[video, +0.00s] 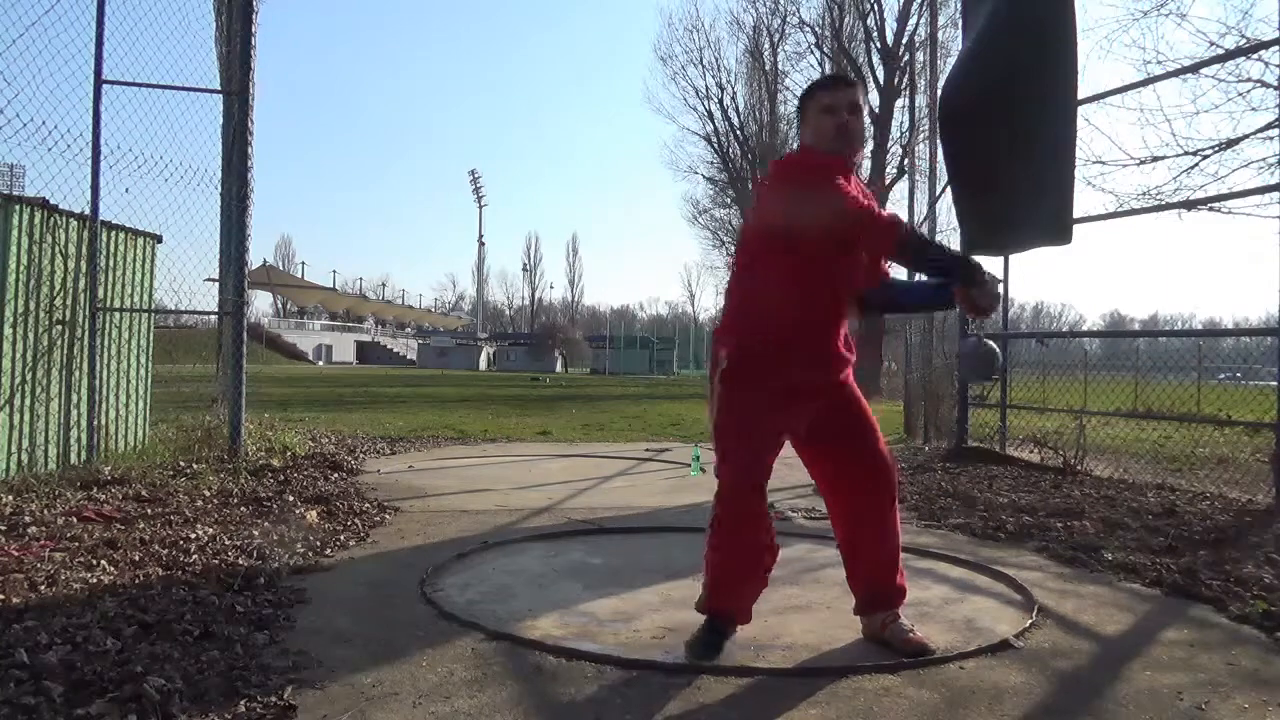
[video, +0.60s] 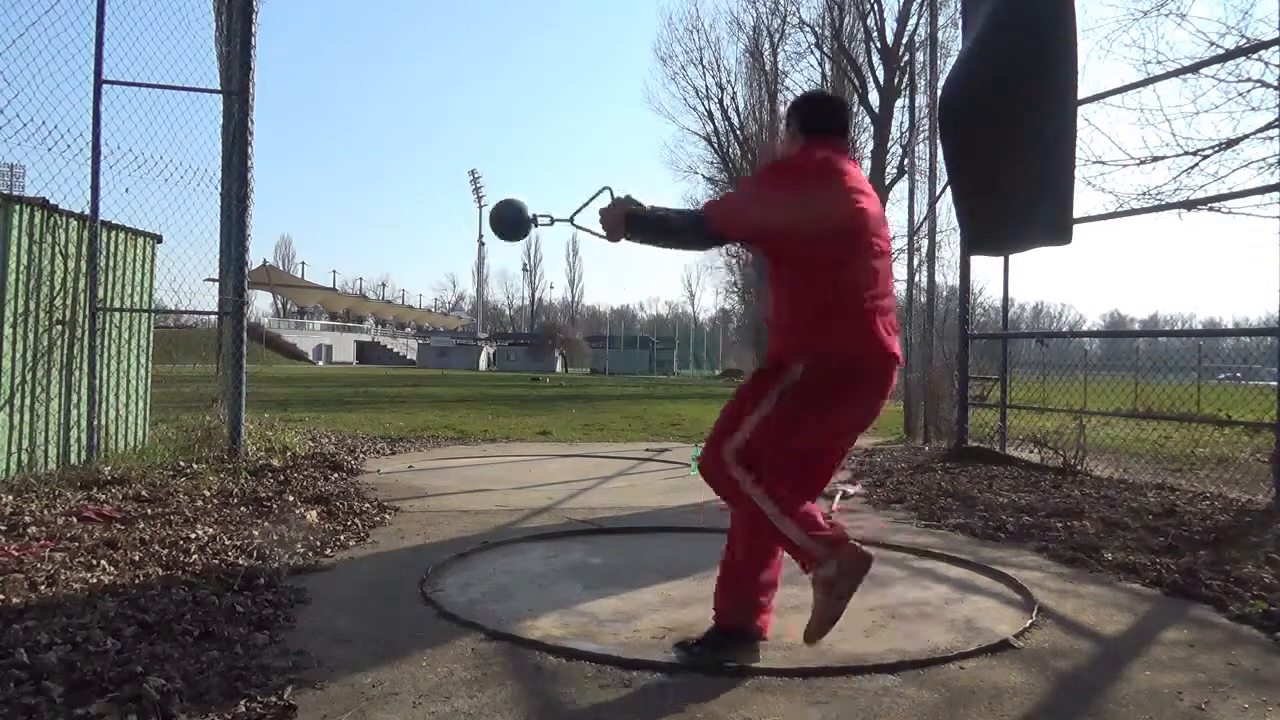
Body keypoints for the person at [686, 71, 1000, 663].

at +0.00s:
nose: (844, 120)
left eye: (854, 111)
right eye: (829, 110)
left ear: (865, 125)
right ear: (803, 124)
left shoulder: (855, 203)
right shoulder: (793, 179)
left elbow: (871, 295)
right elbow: (889, 235)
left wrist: (953, 294)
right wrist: (967, 271)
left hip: (824, 371)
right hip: (753, 368)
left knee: (871, 476)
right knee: (740, 489)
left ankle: (881, 614)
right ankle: (720, 612)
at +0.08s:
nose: (807, 131)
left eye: (818, 121)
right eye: (794, 122)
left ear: (837, 133)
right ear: (775, 133)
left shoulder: (850, 209)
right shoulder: (754, 199)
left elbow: (864, 291)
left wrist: (933, 323)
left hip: (817, 379)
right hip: (739, 379)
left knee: (866, 480)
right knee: (720, 489)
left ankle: (879, 616)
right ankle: (727, 615)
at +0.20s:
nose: (761, 144)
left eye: (775, 134)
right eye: (752, 136)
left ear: (803, 147)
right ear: (743, 151)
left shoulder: (838, 220)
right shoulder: (721, 218)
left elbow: (859, 318)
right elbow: (726, 302)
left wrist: (872, 373)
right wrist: (721, 367)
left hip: (814, 388)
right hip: (733, 386)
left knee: (856, 483)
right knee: (704, 483)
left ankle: (881, 615)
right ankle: (732, 617)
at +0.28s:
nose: (739, 150)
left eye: (752, 141)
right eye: (738, 143)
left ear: (792, 153)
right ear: (736, 155)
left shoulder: (838, 218)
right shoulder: (723, 219)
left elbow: (849, 303)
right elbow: (746, 290)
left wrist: (827, 347)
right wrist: (787, 347)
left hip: (829, 388)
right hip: (749, 387)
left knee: (854, 488)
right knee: (702, 477)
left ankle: (889, 614)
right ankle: (737, 616)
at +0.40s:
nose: (737, 152)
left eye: (747, 141)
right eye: (741, 142)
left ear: (778, 146)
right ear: (766, 148)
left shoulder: (825, 204)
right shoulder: (751, 215)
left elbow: (789, 284)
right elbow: (714, 266)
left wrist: (708, 310)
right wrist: (685, 296)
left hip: (845, 384)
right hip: (781, 383)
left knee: (842, 523)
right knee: (715, 481)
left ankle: (914, 591)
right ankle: (747, 622)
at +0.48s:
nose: (756, 157)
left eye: (760, 145)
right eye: (758, 147)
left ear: (779, 143)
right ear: (805, 145)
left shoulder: (819, 191)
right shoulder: (788, 200)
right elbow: (730, 244)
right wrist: (652, 254)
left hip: (848, 371)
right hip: (799, 373)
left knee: (803, 501)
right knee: (730, 481)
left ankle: (920, 571)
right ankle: (747, 626)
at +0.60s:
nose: (779, 143)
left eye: (783, 133)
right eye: (785, 134)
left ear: (795, 134)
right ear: (843, 138)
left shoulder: (800, 183)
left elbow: (709, 225)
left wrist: (632, 220)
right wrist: (646, 218)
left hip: (819, 356)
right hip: (862, 359)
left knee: (726, 458)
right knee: (775, 483)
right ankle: (738, 630)